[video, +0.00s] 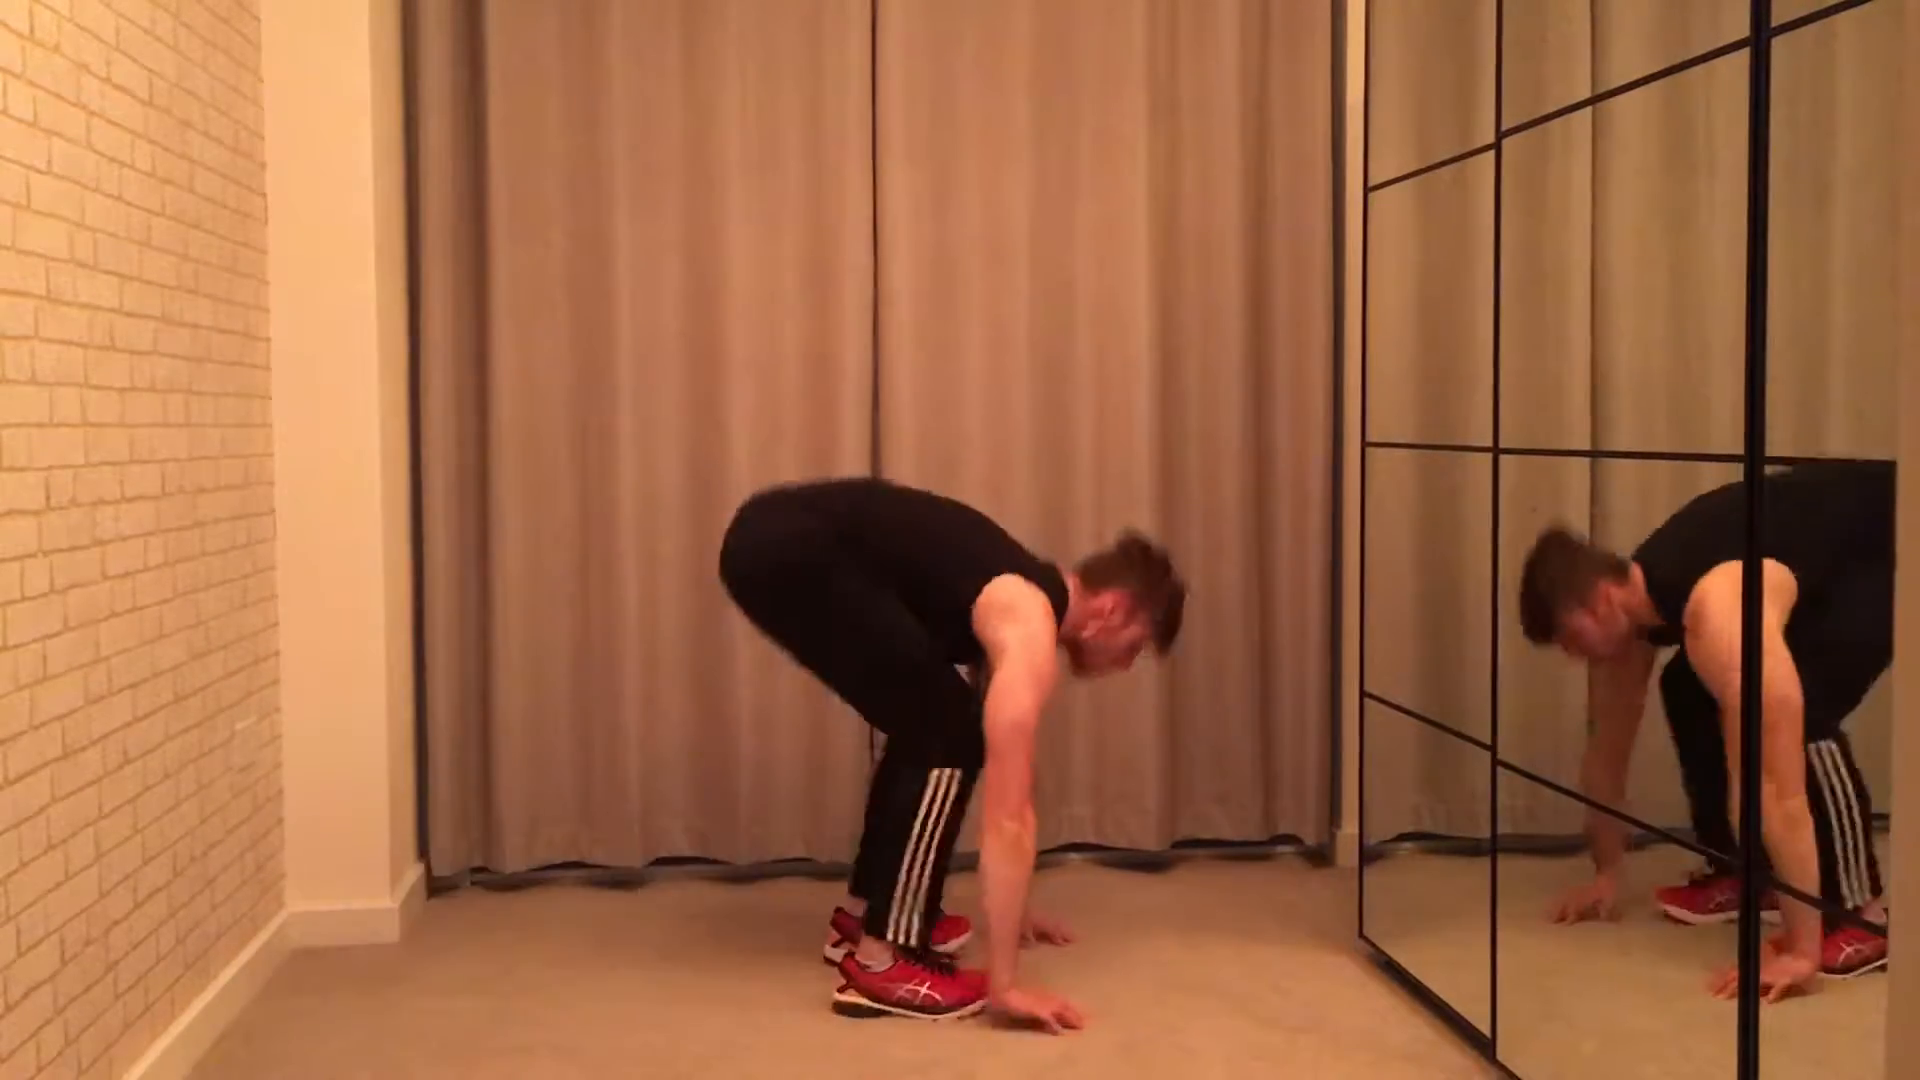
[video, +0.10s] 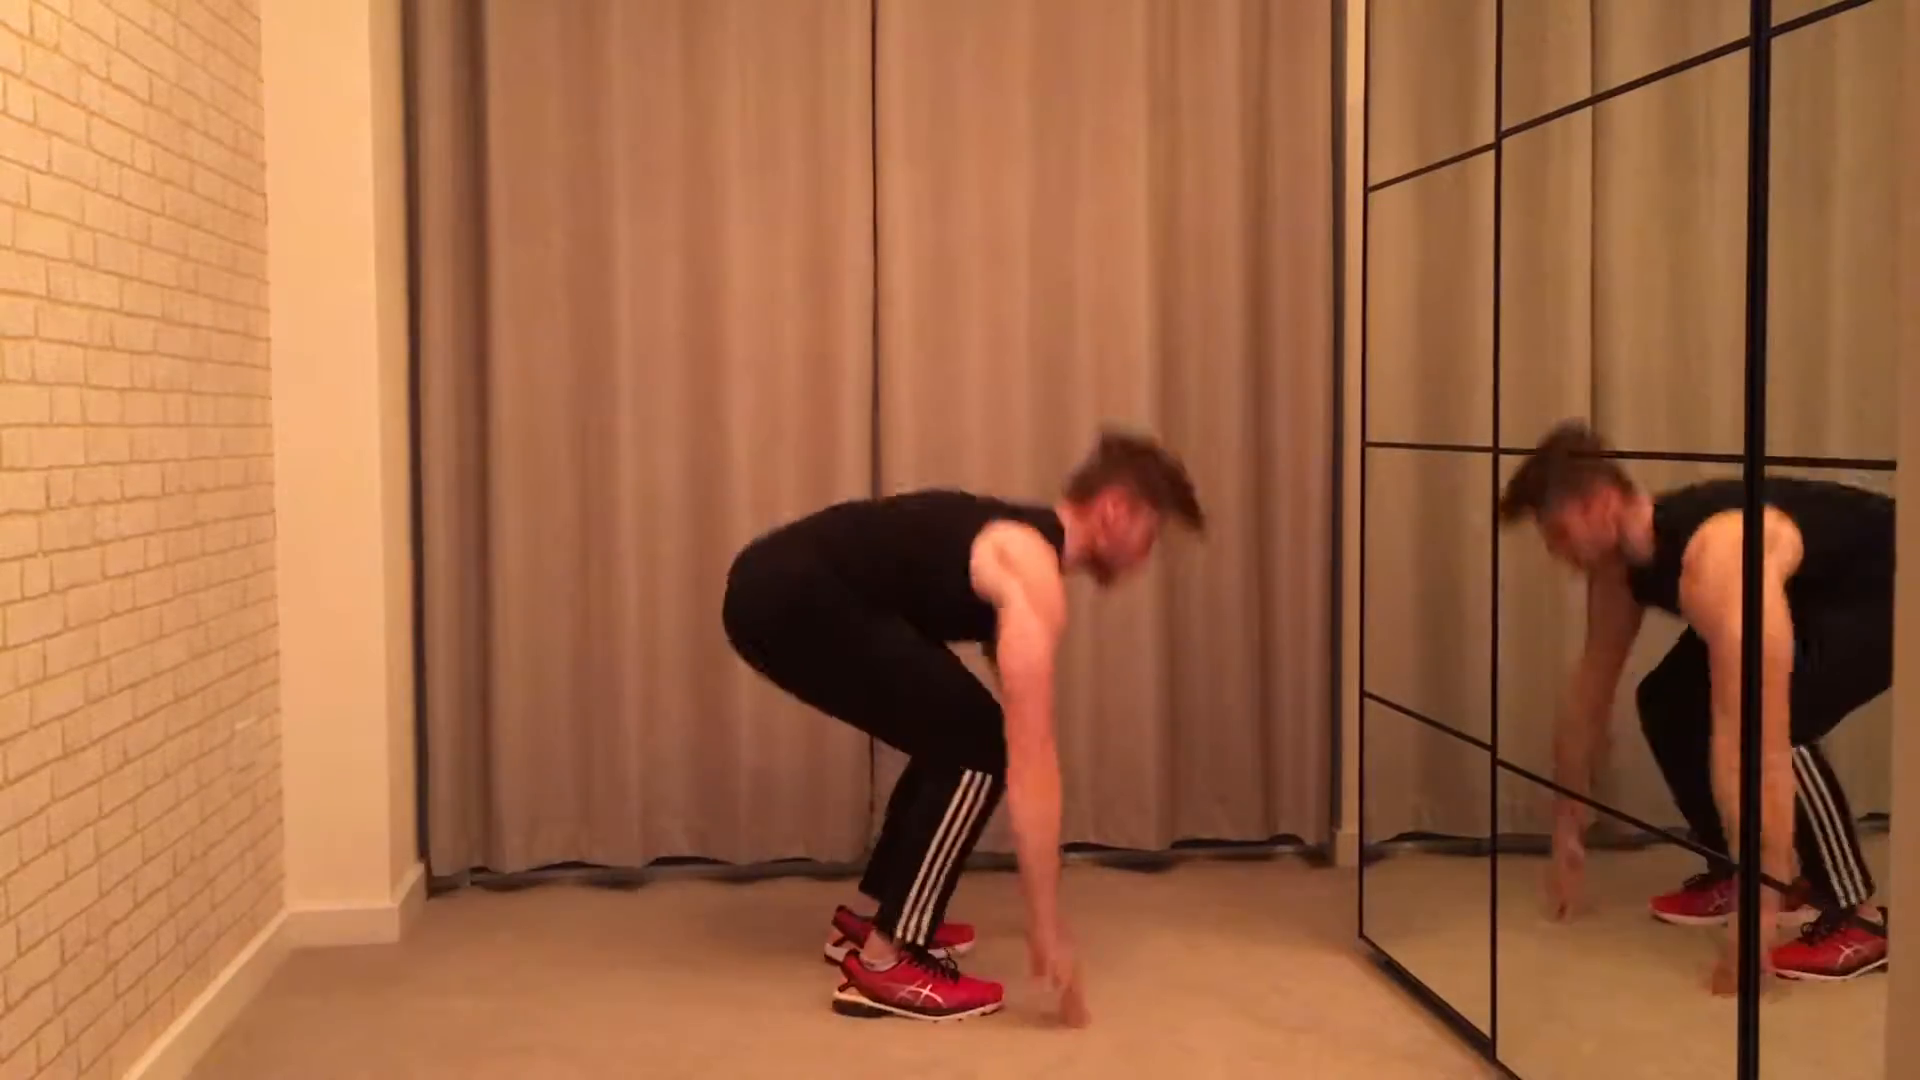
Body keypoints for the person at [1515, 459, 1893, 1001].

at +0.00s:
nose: (1575, 656)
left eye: (1571, 639)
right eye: (1565, 646)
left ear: (1604, 600)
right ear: (1604, 597)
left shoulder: (1723, 616)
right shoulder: (1632, 612)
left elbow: (1782, 793)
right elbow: (1607, 751)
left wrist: (1802, 949)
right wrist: (1606, 873)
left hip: (1894, 549)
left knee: (1800, 716)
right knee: (1689, 685)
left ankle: (1861, 914)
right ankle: (1736, 872)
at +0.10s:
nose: (1554, 548)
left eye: (1556, 528)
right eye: (1547, 532)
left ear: (1601, 501)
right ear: (1596, 507)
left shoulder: (1721, 560)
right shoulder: (1622, 562)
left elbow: (1756, 745)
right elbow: (1588, 696)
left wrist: (1763, 909)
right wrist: (1568, 830)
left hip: (1886, 590)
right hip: (1798, 589)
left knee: (1775, 727)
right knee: (1667, 701)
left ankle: (1857, 918)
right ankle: (1736, 875)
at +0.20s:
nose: (1575, 407)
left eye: (1581, 387)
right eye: (1568, 393)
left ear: (1630, 366)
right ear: (1617, 373)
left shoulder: (1732, 461)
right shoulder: (1635, 458)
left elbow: (1786, 637)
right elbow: (1596, 605)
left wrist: (1800, 794)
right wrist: (1585, 744)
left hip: (1872, 587)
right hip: (1777, 578)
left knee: (1741, 722)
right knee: (1654, 710)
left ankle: (1854, 918)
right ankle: (1741, 872)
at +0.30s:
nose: (1601, 264)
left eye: (1607, 241)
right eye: (1594, 248)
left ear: (1659, 221)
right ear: (1630, 235)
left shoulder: (1756, 324)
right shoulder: (1657, 340)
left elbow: (1855, 475)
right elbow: (1639, 473)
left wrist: (1875, 627)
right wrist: (1650, 600)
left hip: (1832, 527)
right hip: (1757, 524)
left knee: (1744, 719)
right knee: (1655, 711)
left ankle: (1850, 916)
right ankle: (1745, 875)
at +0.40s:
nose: (1617, 140)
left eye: (1621, 117)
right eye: (1608, 124)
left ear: (1670, 91)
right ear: (1638, 109)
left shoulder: (1770, 179)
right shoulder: (1661, 209)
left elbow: (1879, 298)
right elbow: (1692, 349)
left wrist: (1897, 403)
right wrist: (1694, 433)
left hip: (1813, 436)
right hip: (1722, 437)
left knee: (1798, 658)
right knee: (1697, 648)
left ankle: (1851, 886)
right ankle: (1735, 842)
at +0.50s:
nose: (1614, 61)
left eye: (1622, 36)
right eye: (1603, 46)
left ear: (1675, 15)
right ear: (1613, 44)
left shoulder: (1774, 105)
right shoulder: (1665, 131)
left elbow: (1894, 204)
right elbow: (1721, 257)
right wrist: (1713, 355)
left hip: (1793, 365)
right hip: (1708, 369)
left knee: (1801, 587)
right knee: (1701, 580)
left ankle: (1846, 818)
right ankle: (1715, 779)